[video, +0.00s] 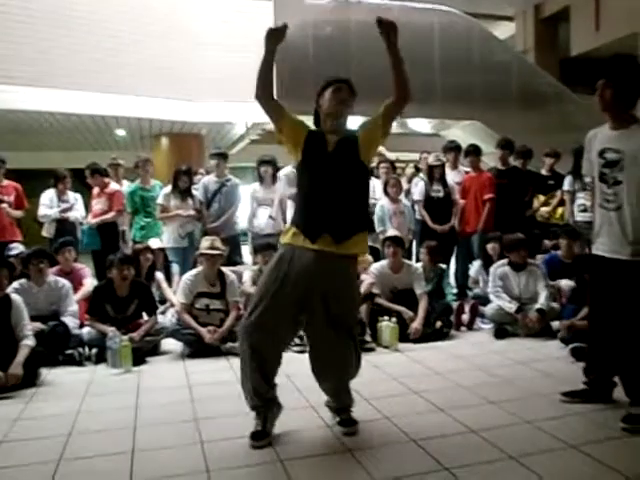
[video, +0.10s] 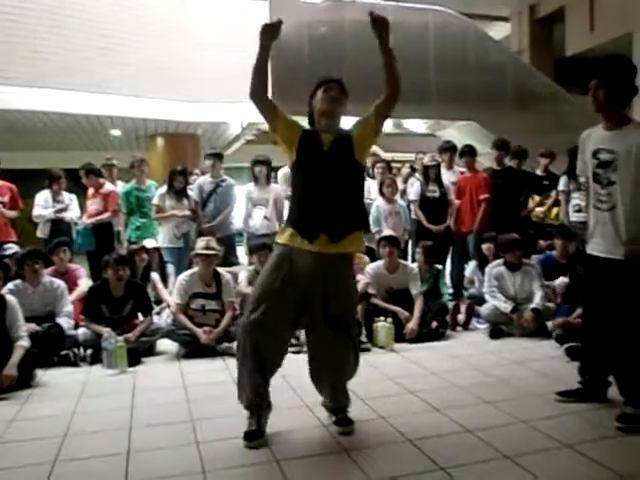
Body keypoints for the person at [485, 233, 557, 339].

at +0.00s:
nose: (523, 254)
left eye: (524, 250)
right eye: (518, 251)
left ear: (527, 251)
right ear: (508, 254)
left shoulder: (535, 268)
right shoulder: (497, 270)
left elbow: (544, 290)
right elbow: (495, 292)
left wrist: (540, 310)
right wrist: (516, 309)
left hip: (531, 305)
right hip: (509, 305)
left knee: (554, 309)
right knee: (491, 311)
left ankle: (513, 330)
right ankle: (536, 329)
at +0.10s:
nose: (517, 254)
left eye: (519, 250)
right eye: (512, 252)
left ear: (522, 251)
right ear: (503, 254)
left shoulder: (531, 268)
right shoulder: (492, 270)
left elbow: (539, 290)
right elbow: (490, 292)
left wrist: (534, 310)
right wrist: (511, 309)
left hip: (526, 304)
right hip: (505, 304)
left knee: (550, 309)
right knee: (487, 311)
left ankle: (508, 330)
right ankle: (531, 329)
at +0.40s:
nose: (513, 228)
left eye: (514, 224)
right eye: (507, 225)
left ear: (517, 224)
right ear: (499, 227)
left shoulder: (526, 241)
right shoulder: (489, 242)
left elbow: (535, 263)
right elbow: (487, 267)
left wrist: (530, 283)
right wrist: (507, 282)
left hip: (522, 278)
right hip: (501, 278)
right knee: (485, 284)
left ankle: (504, 304)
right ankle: (529, 302)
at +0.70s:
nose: (517, 226)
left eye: (518, 222)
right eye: (512, 223)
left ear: (521, 223)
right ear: (502, 226)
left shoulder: (530, 241)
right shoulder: (492, 242)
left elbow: (538, 262)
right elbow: (490, 265)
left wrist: (535, 280)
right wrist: (509, 280)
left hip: (526, 277)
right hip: (504, 277)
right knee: (487, 284)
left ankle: (507, 302)